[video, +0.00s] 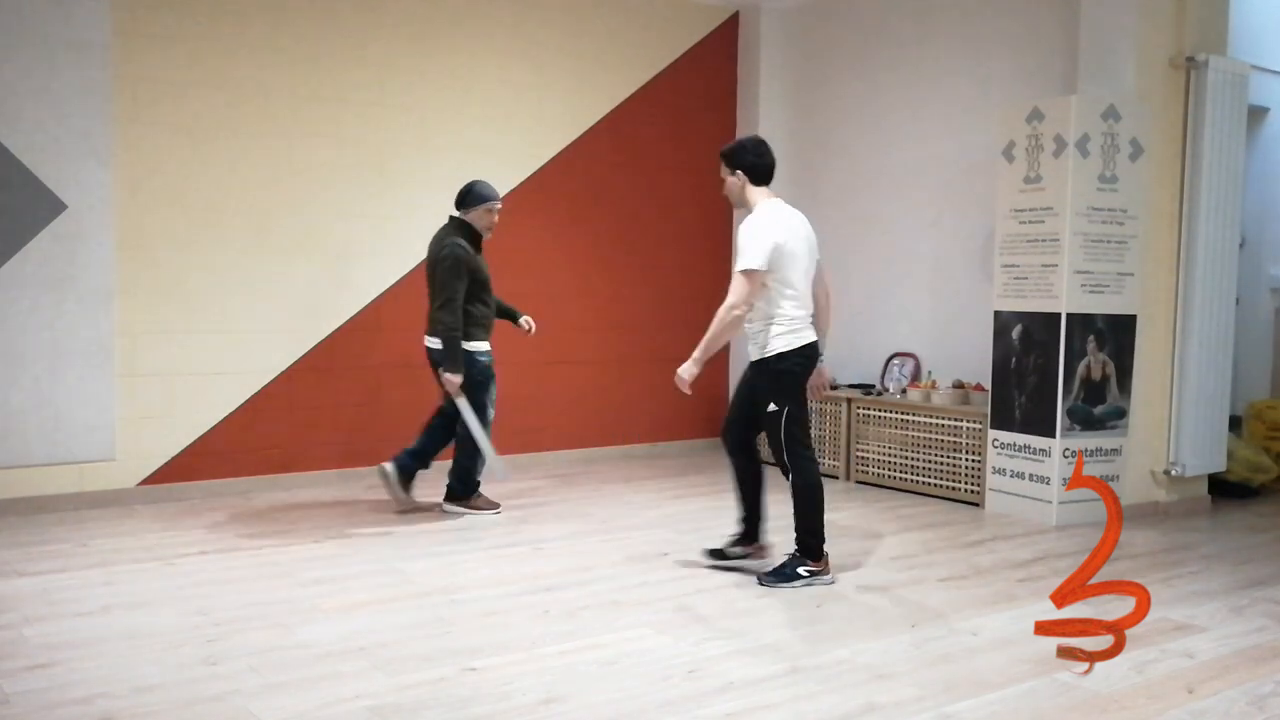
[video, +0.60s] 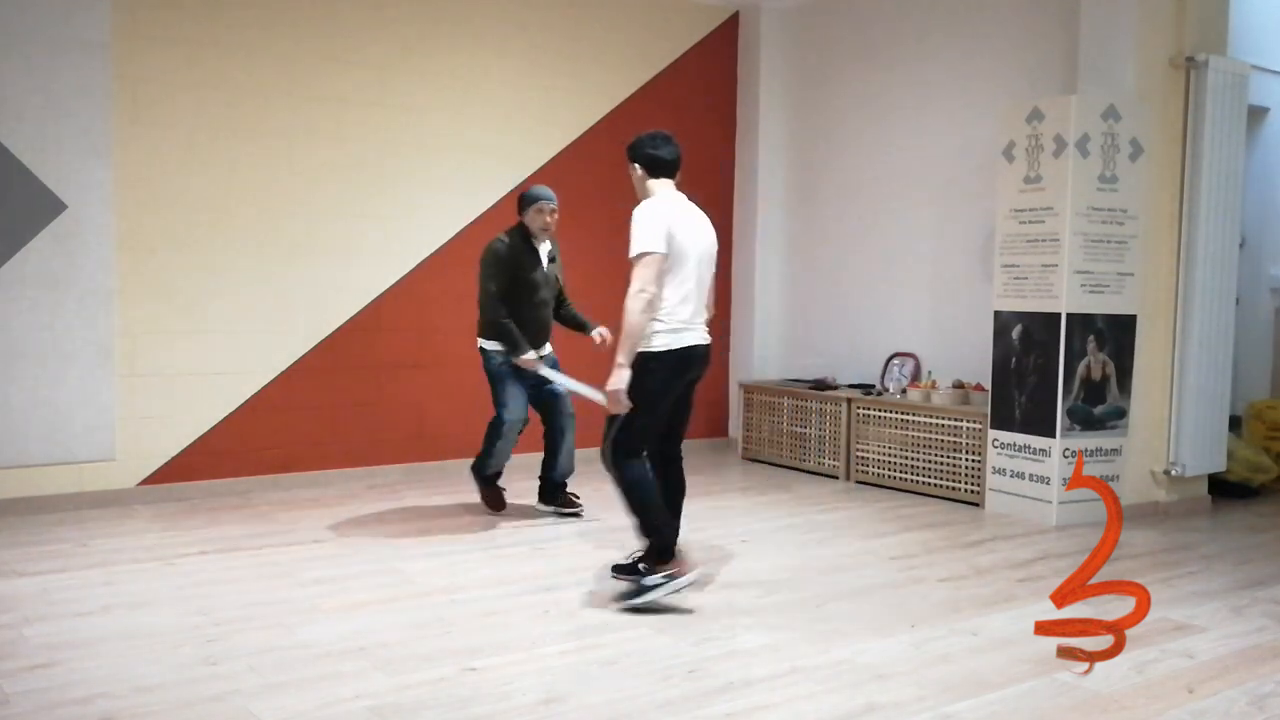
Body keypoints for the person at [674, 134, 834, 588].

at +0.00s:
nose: (722, 185)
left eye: (724, 176)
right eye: (722, 176)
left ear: (740, 176)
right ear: (763, 175)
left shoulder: (757, 224)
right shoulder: (796, 219)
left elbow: (738, 306)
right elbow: (821, 293)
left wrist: (696, 360)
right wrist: (817, 355)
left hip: (777, 355)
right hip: (797, 349)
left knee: (795, 454)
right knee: (737, 435)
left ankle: (811, 557)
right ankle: (751, 537)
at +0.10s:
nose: (708, 188)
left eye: (710, 178)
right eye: (708, 179)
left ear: (725, 177)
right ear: (750, 177)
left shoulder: (740, 228)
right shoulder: (784, 223)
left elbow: (723, 308)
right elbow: (807, 298)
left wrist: (687, 365)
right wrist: (806, 362)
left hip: (757, 362)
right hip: (785, 356)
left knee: (724, 447)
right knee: (793, 457)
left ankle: (695, 545)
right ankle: (811, 556)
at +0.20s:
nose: (691, 192)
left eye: (692, 182)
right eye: (691, 183)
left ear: (706, 180)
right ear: (733, 180)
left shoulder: (722, 230)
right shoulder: (765, 228)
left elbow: (708, 311)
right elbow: (789, 302)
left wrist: (680, 371)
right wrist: (787, 366)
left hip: (737, 366)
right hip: (765, 361)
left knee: (707, 462)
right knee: (774, 461)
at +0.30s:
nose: (671, 189)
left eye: (672, 179)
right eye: (672, 179)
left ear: (685, 179)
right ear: (712, 179)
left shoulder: (704, 224)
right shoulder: (743, 226)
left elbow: (696, 305)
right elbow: (763, 307)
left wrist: (673, 372)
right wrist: (761, 371)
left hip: (714, 366)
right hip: (734, 362)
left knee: (734, 459)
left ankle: (797, 542)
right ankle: (664, 555)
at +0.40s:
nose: (655, 184)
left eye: (655, 175)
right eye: (656, 175)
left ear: (666, 175)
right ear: (697, 176)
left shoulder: (686, 215)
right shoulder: (723, 220)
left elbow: (681, 296)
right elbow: (727, 302)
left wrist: (663, 368)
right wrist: (723, 378)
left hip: (697, 354)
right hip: (715, 352)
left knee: (682, 451)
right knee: (677, 451)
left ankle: (764, 528)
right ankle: (662, 556)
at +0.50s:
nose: (642, 181)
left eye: (642, 173)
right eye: (641, 173)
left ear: (652, 172)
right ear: (685, 173)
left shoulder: (669, 214)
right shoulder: (709, 218)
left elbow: (664, 293)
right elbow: (718, 302)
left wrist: (644, 365)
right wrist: (708, 349)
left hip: (679, 351)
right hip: (704, 349)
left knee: (646, 450)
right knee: (670, 451)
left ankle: (722, 532)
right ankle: (663, 556)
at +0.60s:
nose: (630, 177)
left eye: (629, 170)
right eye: (630, 170)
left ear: (639, 170)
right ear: (675, 170)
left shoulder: (652, 213)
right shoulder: (699, 218)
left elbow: (643, 295)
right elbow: (706, 306)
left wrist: (620, 367)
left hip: (661, 352)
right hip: (694, 349)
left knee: (620, 450)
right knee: (666, 450)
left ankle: (662, 553)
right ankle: (662, 552)